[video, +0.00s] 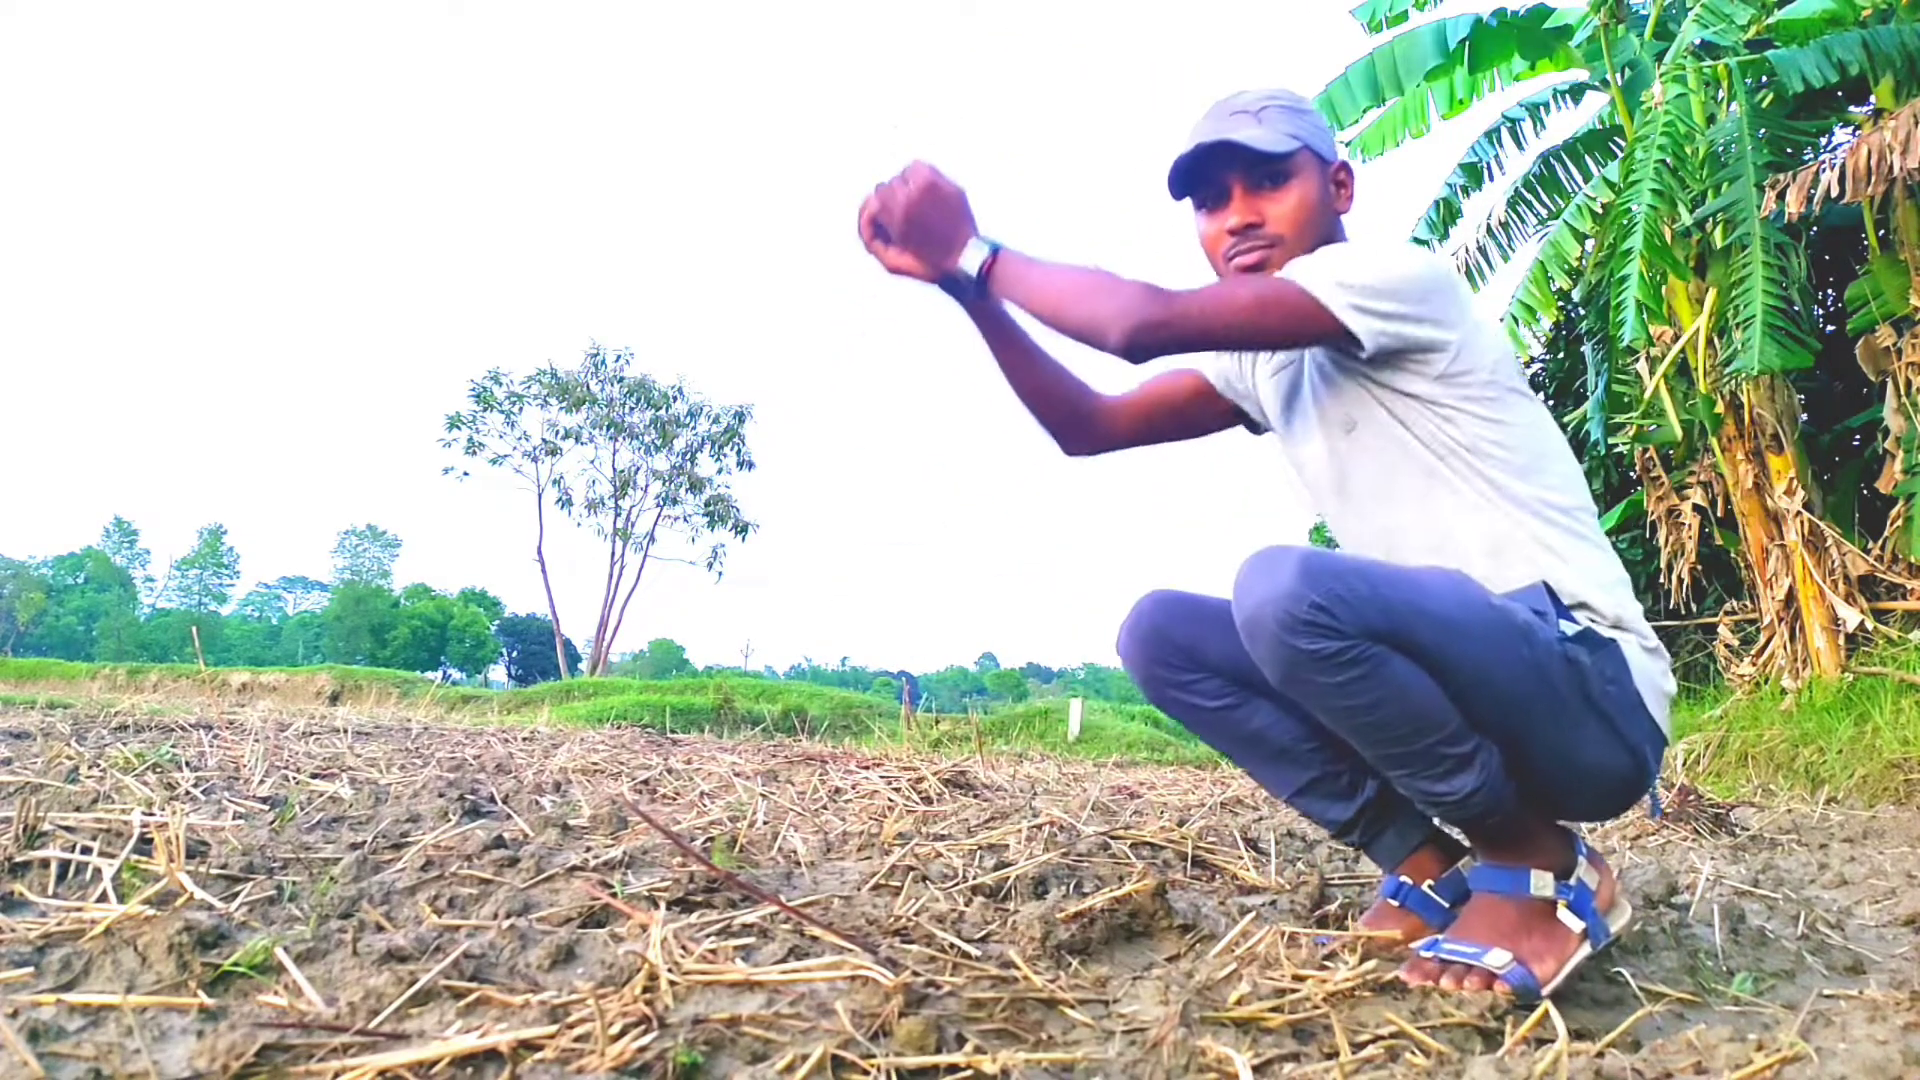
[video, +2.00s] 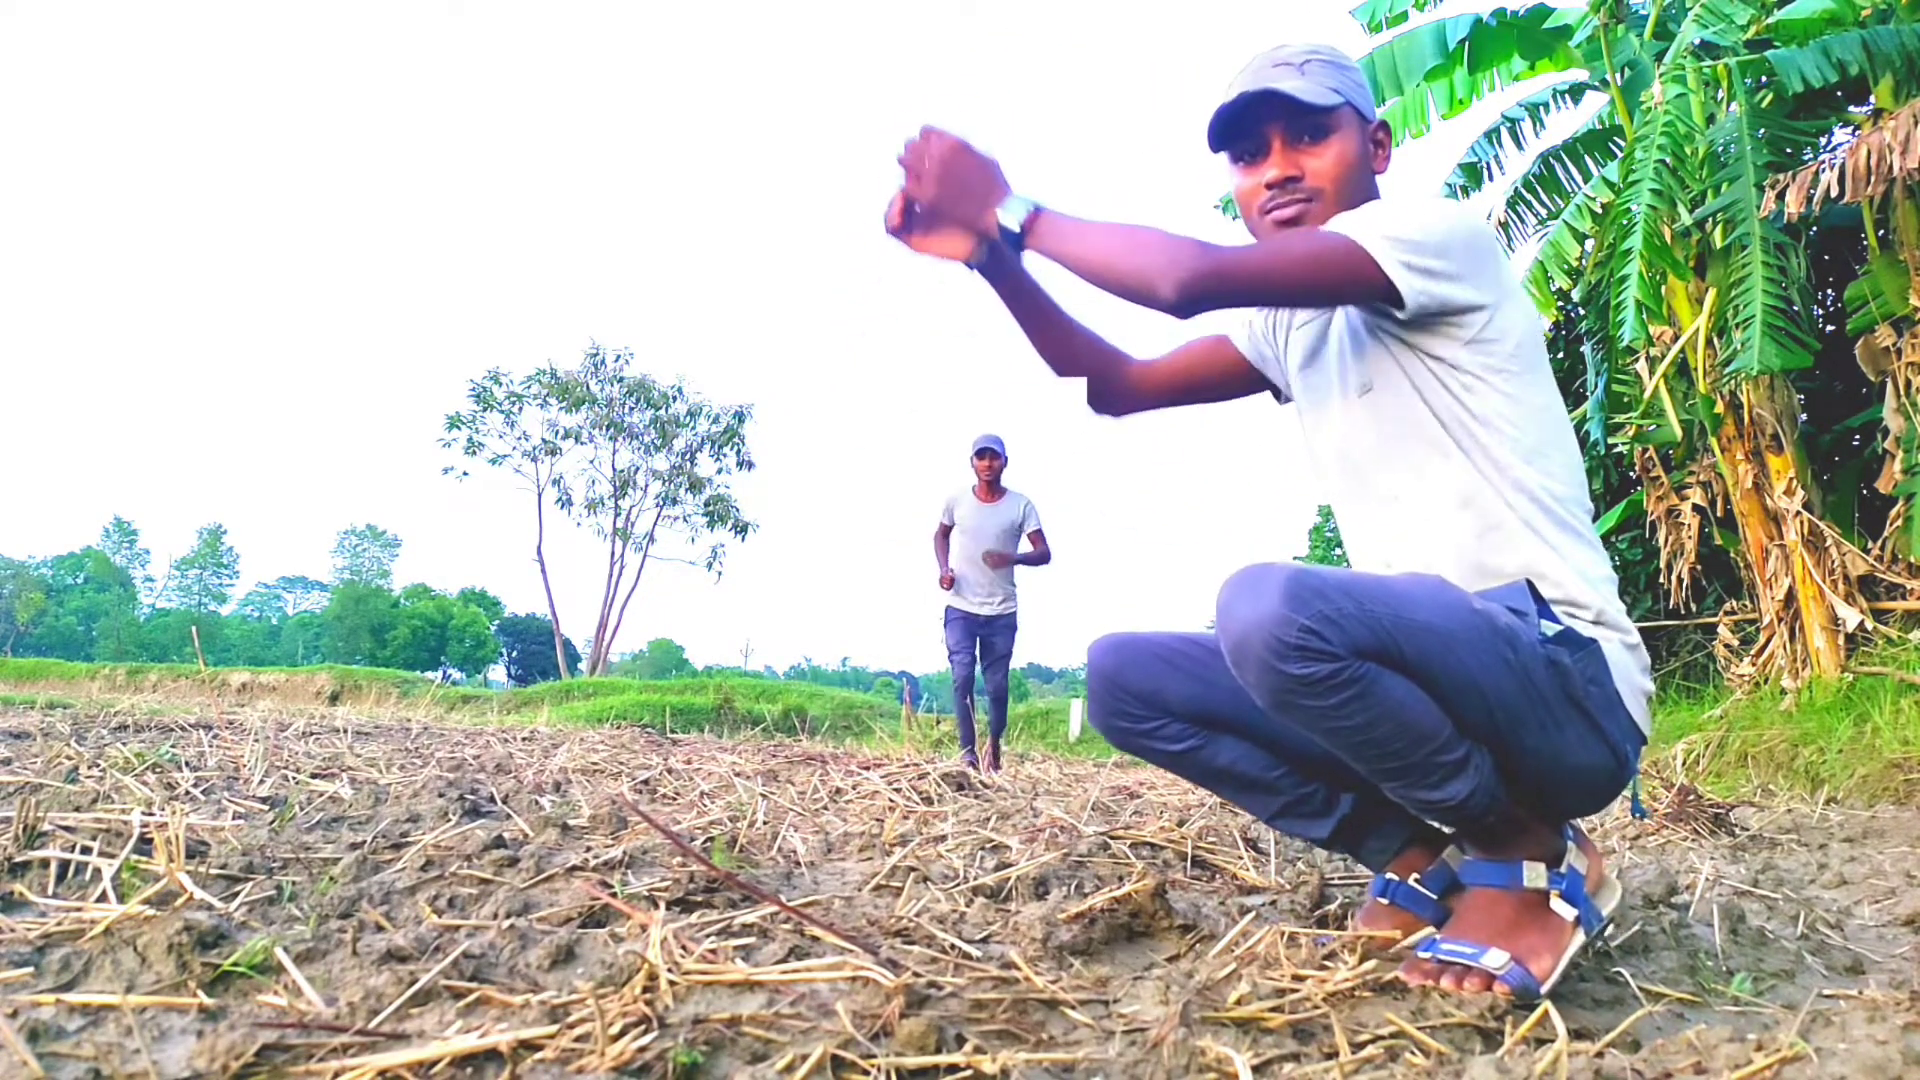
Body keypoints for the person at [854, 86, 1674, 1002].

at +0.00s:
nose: (1234, 216)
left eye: (1267, 182)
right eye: (1208, 197)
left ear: (1341, 189)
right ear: (1194, 222)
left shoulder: (1402, 284)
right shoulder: (1271, 362)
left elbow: (1140, 322)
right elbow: (1087, 424)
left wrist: (971, 254)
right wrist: (969, 288)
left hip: (1589, 686)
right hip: (1468, 698)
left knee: (1282, 593)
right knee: (1160, 631)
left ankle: (1535, 859)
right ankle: (1432, 870)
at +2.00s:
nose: (1275, 167)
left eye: (1309, 132)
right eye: (1247, 148)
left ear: (1379, 149)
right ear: (1231, 180)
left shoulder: (1443, 239)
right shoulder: (1295, 328)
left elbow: (1189, 278)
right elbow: (1116, 383)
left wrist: (1011, 212)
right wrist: (991, 257)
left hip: (1566, 670)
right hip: (1435, 684)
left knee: (1271, 611)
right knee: (1124, 681)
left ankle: (1520, 859)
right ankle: (1425, 854)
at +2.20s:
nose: (1273, 168)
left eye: (1302, 136)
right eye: (1241, 150)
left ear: (1364, 151)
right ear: (1220, 190)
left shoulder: (1457, 259)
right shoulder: (1275, 369)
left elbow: (1387, 461)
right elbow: (1228, 554)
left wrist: (1147, 494)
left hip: (1573, 684)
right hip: (1420, 707)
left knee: (1278, 608)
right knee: (1122, 677)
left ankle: (1521, 859)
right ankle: (1411, 853)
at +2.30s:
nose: (1235, 188)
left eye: (1263, 151)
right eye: (1200, 172)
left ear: (1328, 156)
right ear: (1183, 210)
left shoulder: (1444, 255)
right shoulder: (1252, 370)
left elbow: (1455, 472)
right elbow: (1250, 561)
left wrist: (1202, 512)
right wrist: (1167, 598)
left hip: (1594, 676)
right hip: (1426, 703)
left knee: (1341, 567)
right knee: (1140, 658)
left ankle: (1533, 858)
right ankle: (1412, 862)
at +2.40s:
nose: (1226, 163)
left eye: (1249, 120)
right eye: (1188, 144)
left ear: (1312, 112)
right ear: (1163, 176)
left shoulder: (1438, 205)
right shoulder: (1236, 323)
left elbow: (1496, 432)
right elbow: (1251, 520)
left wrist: (1227, 473)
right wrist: (1168, 578)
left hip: (1615, 606)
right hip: (1439, 632)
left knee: (1390, 528)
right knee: (1158, 629)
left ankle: (1529, 864)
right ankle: (1416, 860)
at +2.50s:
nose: (1247, 67)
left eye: (1272, 23)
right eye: (1207, 43)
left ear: (1337, 15)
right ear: (1175, 71)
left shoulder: (1479, 120)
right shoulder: (1226, 220)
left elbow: (1533, 378)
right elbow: (1249, 434)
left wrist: (1276, 469)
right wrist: (1193, 551)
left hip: (1626, 465)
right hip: (1426, 491)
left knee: (1445, 500)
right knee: (1187, 594)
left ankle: (1533, 864)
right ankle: (1426, 864)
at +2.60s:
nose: (1338, 73)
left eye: (1367, 48)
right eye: (1315, 44)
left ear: (1428, 12)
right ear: (1295, 11)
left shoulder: (1556, 28)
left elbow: (1561, 316)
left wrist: (1348, 507)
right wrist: (1264, 550)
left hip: (1634, 332)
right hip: (1449, 359)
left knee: (1500, 505)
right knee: (1220, 555)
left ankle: (1542, 876)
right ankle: (1429, 856)